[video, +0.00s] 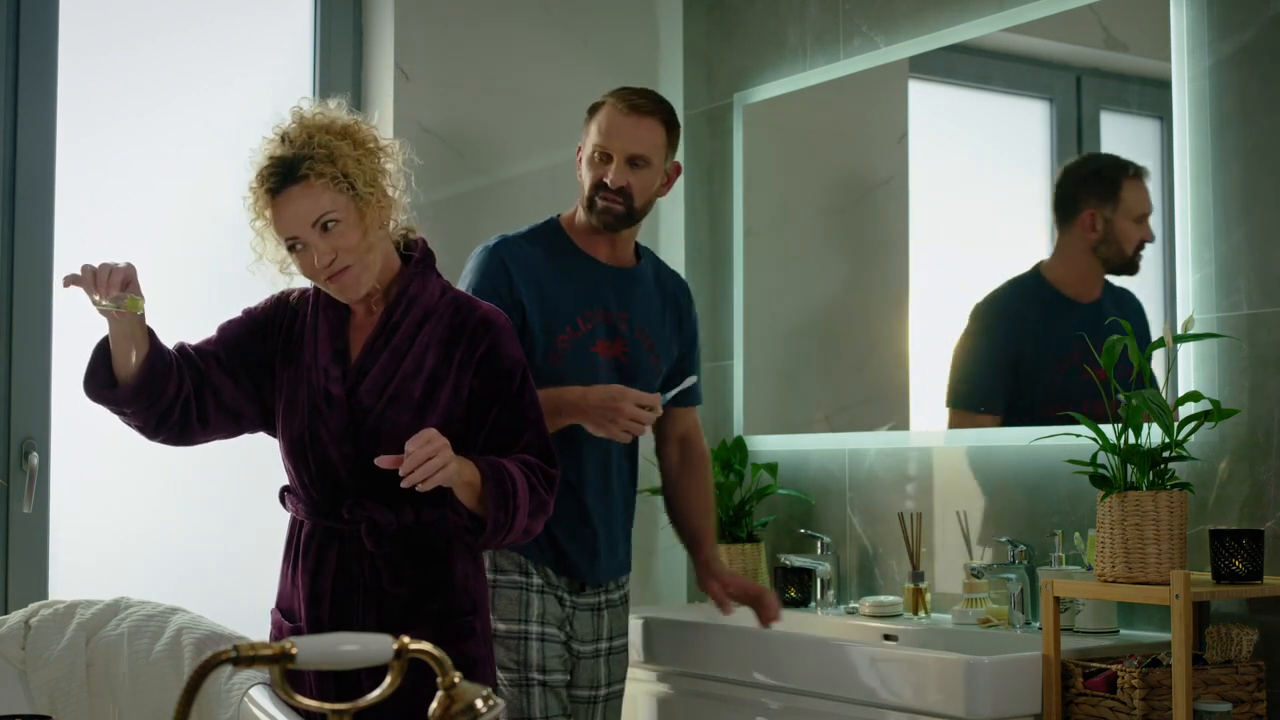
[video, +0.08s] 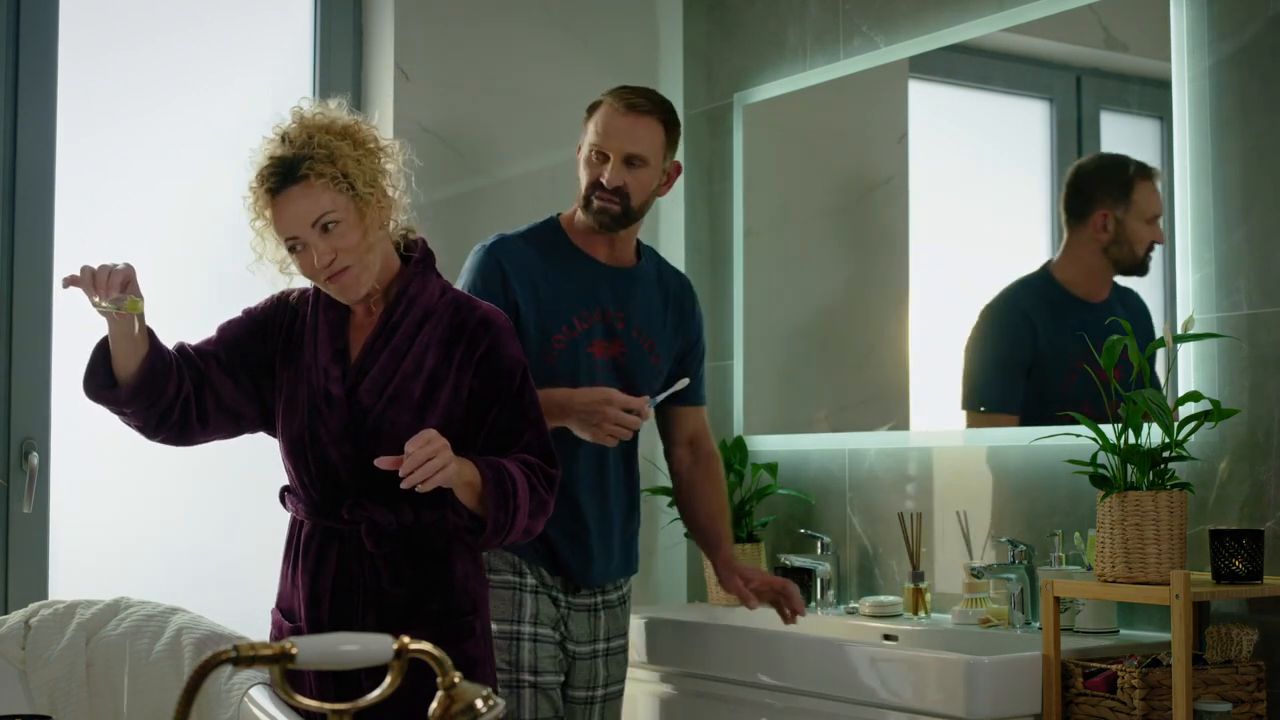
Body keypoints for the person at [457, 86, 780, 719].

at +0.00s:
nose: (613, 178)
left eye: (636, 164)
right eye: (601, 156)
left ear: (668, 178)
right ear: (579, 156)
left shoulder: (668, 295)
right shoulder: (508, 265)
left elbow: (682, 441)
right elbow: (469, 413)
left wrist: (710, 563)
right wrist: (573, 404)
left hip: (604, 566)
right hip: (513, 556)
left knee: (594, 712)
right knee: (523, 714)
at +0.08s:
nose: (609, 178)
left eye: (632, 164)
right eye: (598, 157)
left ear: (667, 178)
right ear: (579, 154)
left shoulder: (672, 296)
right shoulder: (505, 264)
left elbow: (691, 444)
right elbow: (460, 404)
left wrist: (728, 562)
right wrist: (563, 407)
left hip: (605, 568)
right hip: (509, 559)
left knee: (593, 710)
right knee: (518, 713)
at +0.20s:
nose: (605, 178)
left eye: (629, 163)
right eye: (596, 156)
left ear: (665, 178)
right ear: (578, 152)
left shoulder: (677, 297)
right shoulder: (501, 264)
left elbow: (697, 447)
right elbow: (454, 397)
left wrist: (737, 569)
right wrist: (549, 407)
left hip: (605, 572)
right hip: (505, 561)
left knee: (592, 711)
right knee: (508, 713)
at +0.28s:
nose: (603, 179)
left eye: (627, 164)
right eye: (594, 157)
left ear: (666, 179)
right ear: (578, 153)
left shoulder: (678, 298)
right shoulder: (500, 264)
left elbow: (699, 449)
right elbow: (451, 399)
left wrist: (729, 578)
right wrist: (542, 409)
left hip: (604, 568)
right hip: (503, 556)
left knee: (592, 711)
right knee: (506, 712)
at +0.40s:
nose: (601, 187)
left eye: (627, 173)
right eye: (593, 163)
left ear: (667, 183)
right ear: (578, 155)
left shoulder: (679, 300)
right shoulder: (499, 265)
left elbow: (697, 456)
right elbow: (447, 400)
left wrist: (719, 592)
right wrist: (538, 413)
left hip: (602, 574)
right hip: (499, 561)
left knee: (592, 709)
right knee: (503, 712)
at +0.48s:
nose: (602, 193)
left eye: (629, 181)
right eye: (595, 170)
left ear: (669, 188)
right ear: (581, 157)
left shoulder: (680, 302)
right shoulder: (500, 267)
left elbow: (696, 460)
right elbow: (447, 405)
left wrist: (716, 596)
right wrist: (535, 416)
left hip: (601, 577)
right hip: (498, 563)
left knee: (592, 710)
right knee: (502, 713)